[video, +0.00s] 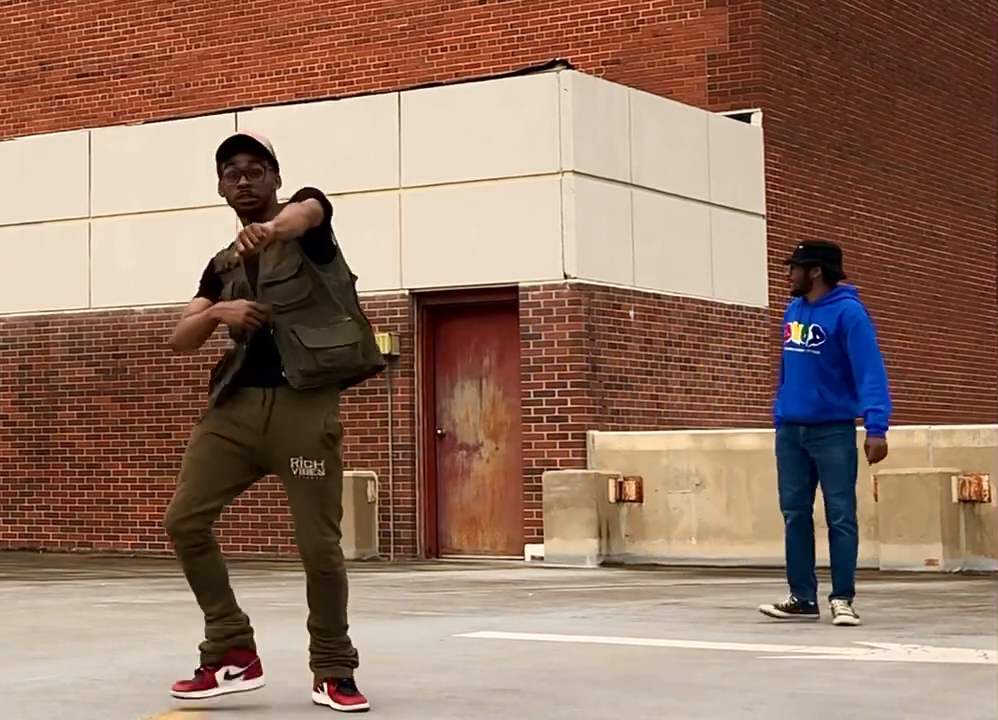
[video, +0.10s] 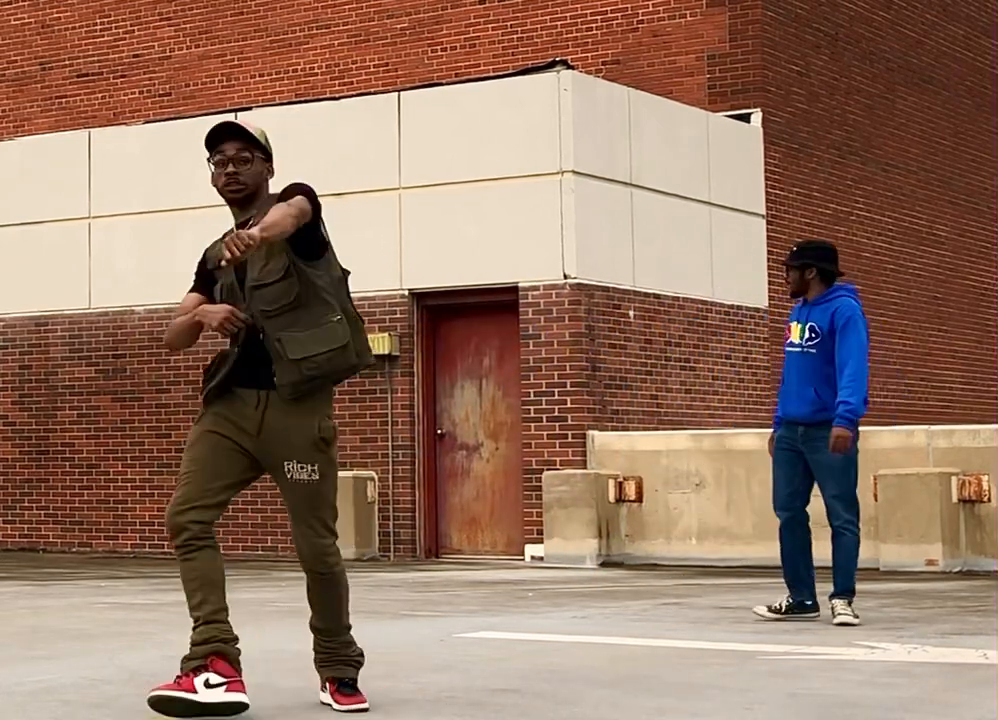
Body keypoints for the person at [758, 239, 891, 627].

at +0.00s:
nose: (789, 274)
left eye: (794, 268)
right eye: (790, 268)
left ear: (816, 271)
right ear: (808, 272)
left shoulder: (849, 312)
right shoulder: (794, 310)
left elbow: (871, 370)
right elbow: (788, 368)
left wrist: (876, 428)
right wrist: (780, 417)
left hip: (833, 429)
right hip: (790, 429)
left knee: (840, 515)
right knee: (795, 514)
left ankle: (842, 599)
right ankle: (803, 599)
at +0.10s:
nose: (786, 277)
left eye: (792, 271)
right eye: (787, 271)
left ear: (812, 272)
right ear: (807, 273)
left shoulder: (845, 309)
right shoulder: (799, 312)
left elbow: (854, 366)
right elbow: (792, 373)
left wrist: (846, 419)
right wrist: (779, 424)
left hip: (828, 430)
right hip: (791, 430)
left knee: (842, 517)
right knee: (789, 513)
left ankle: (842, 599)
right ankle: (801, 599)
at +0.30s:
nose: (777, 282)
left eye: (782, 275)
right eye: (778, 275)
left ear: (802, 275)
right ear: (800, 276)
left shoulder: (835, 308)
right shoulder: (801, 312)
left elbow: (826, 366)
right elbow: (798, 367)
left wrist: (788, 409)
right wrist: (785, 410)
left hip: (829, 430)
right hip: (795, 429)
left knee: (839, 516)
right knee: (787, 513)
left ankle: (841, 598)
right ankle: (787, 597)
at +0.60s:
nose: (759, 288)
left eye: (763, 282)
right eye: (760, 282)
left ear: (777, 283)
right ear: (787, 284)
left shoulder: (792, 320)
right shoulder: (791, 318)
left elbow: (775, 383)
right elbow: (781, 383)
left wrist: (751, 438)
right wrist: (762, 434)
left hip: (798, 429)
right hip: (781, 430)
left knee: (807, 511)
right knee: (774, 510)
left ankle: (834, 595)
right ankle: (787, 598)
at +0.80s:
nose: (750, 288)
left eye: (752, 282)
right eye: (751, 282)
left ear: (763, 283)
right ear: (787, 283)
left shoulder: (768, 317)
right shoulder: (806, 318)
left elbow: (756, 374)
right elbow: (806, 373)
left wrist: (735, 426)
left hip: (777, 423)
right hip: (801, 424)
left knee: (761, 505)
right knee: (785, 505)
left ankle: (796, 591)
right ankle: (795, 589)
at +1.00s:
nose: (739, 292)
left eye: (740, 286)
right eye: (739, 286)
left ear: (748, 287)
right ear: (776, 285)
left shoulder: (747, 322)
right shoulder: (803, 323)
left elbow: (731, 383)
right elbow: (808, 377)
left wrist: (709, 436)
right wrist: (792, 414)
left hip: (761, 430)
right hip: (796, 431)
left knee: (733, 506)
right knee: (785, 514)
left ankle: (747, 593)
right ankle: (790, 598)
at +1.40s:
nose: (688, 299)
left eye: (688, 294)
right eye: (689, 293)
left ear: (694, 296)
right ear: (725, 292)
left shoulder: (693, 336)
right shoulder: (759, 326)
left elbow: (694, 398)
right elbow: (770, 384)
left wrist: (701, 451)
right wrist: (767, 425)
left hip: (720, 437)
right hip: (759, 433)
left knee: (711, 522)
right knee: (765, 514)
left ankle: (711, 593)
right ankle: (785, 588)